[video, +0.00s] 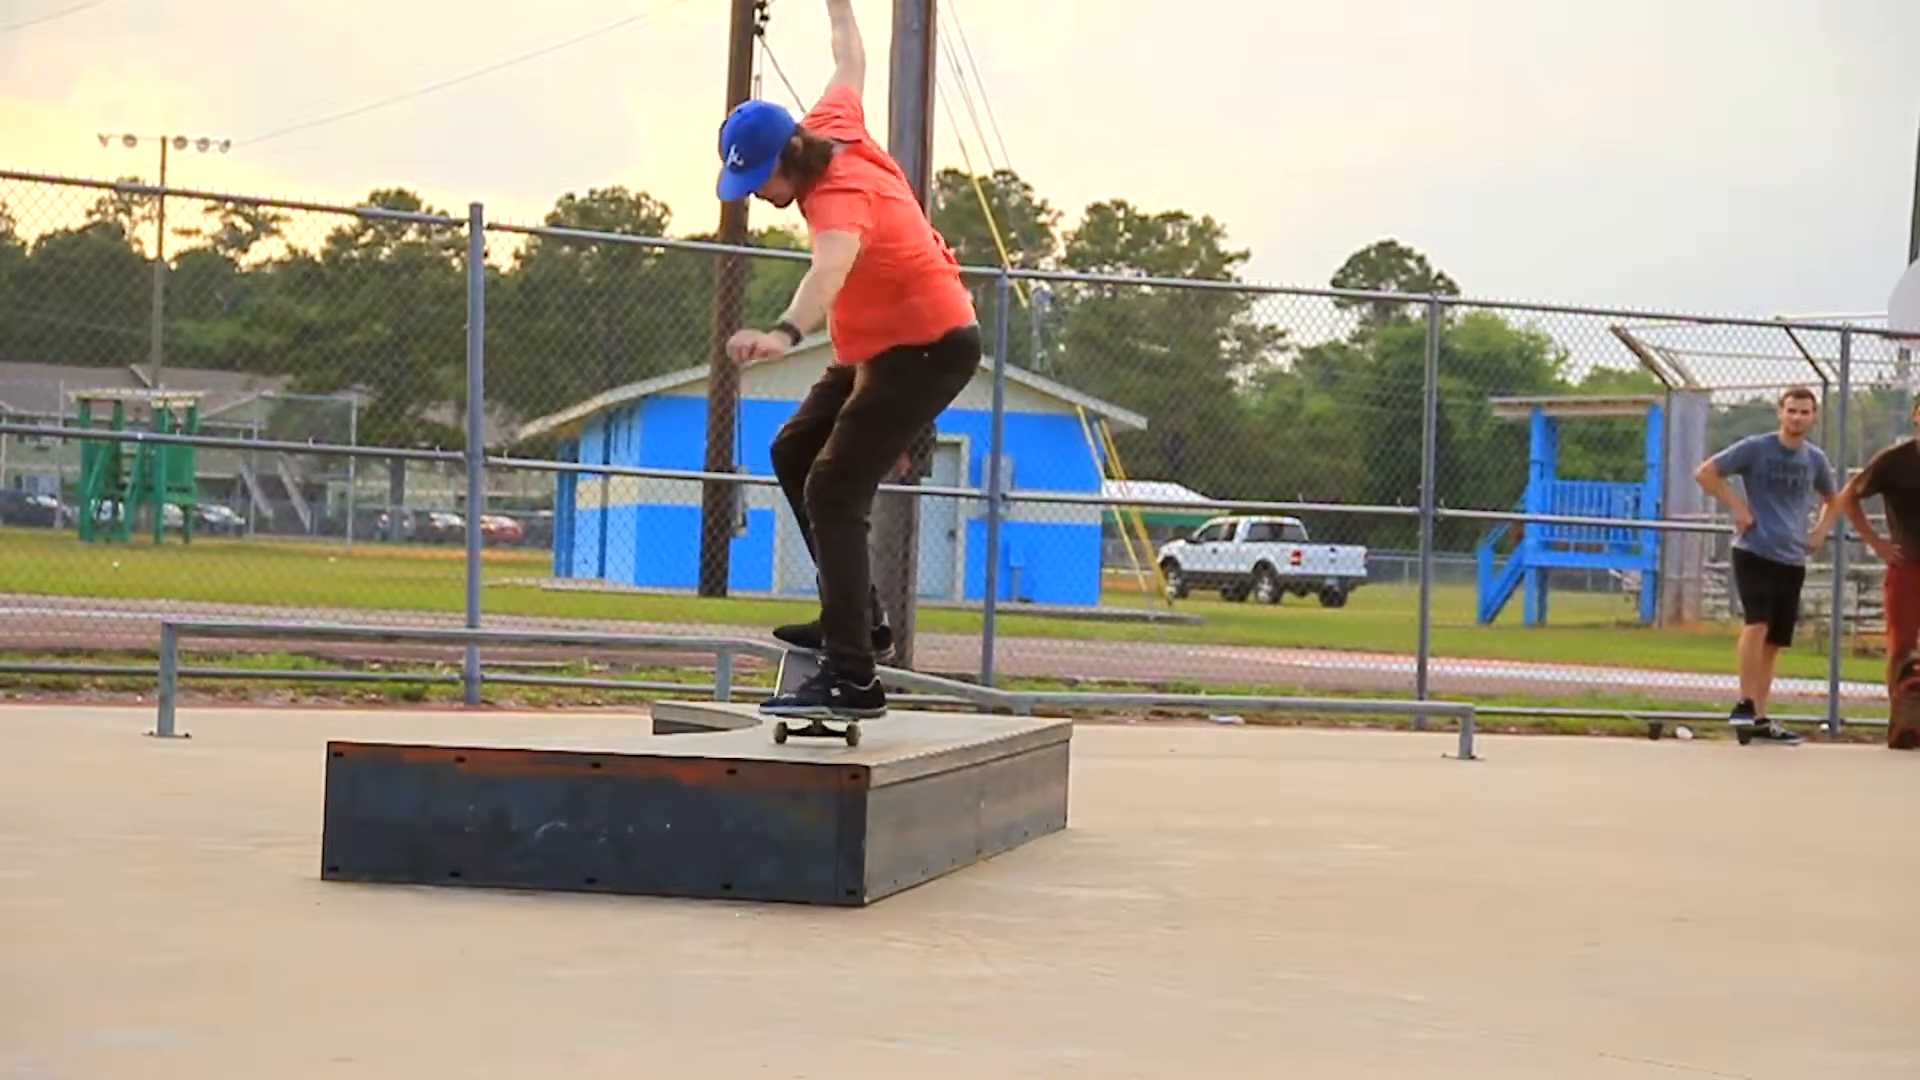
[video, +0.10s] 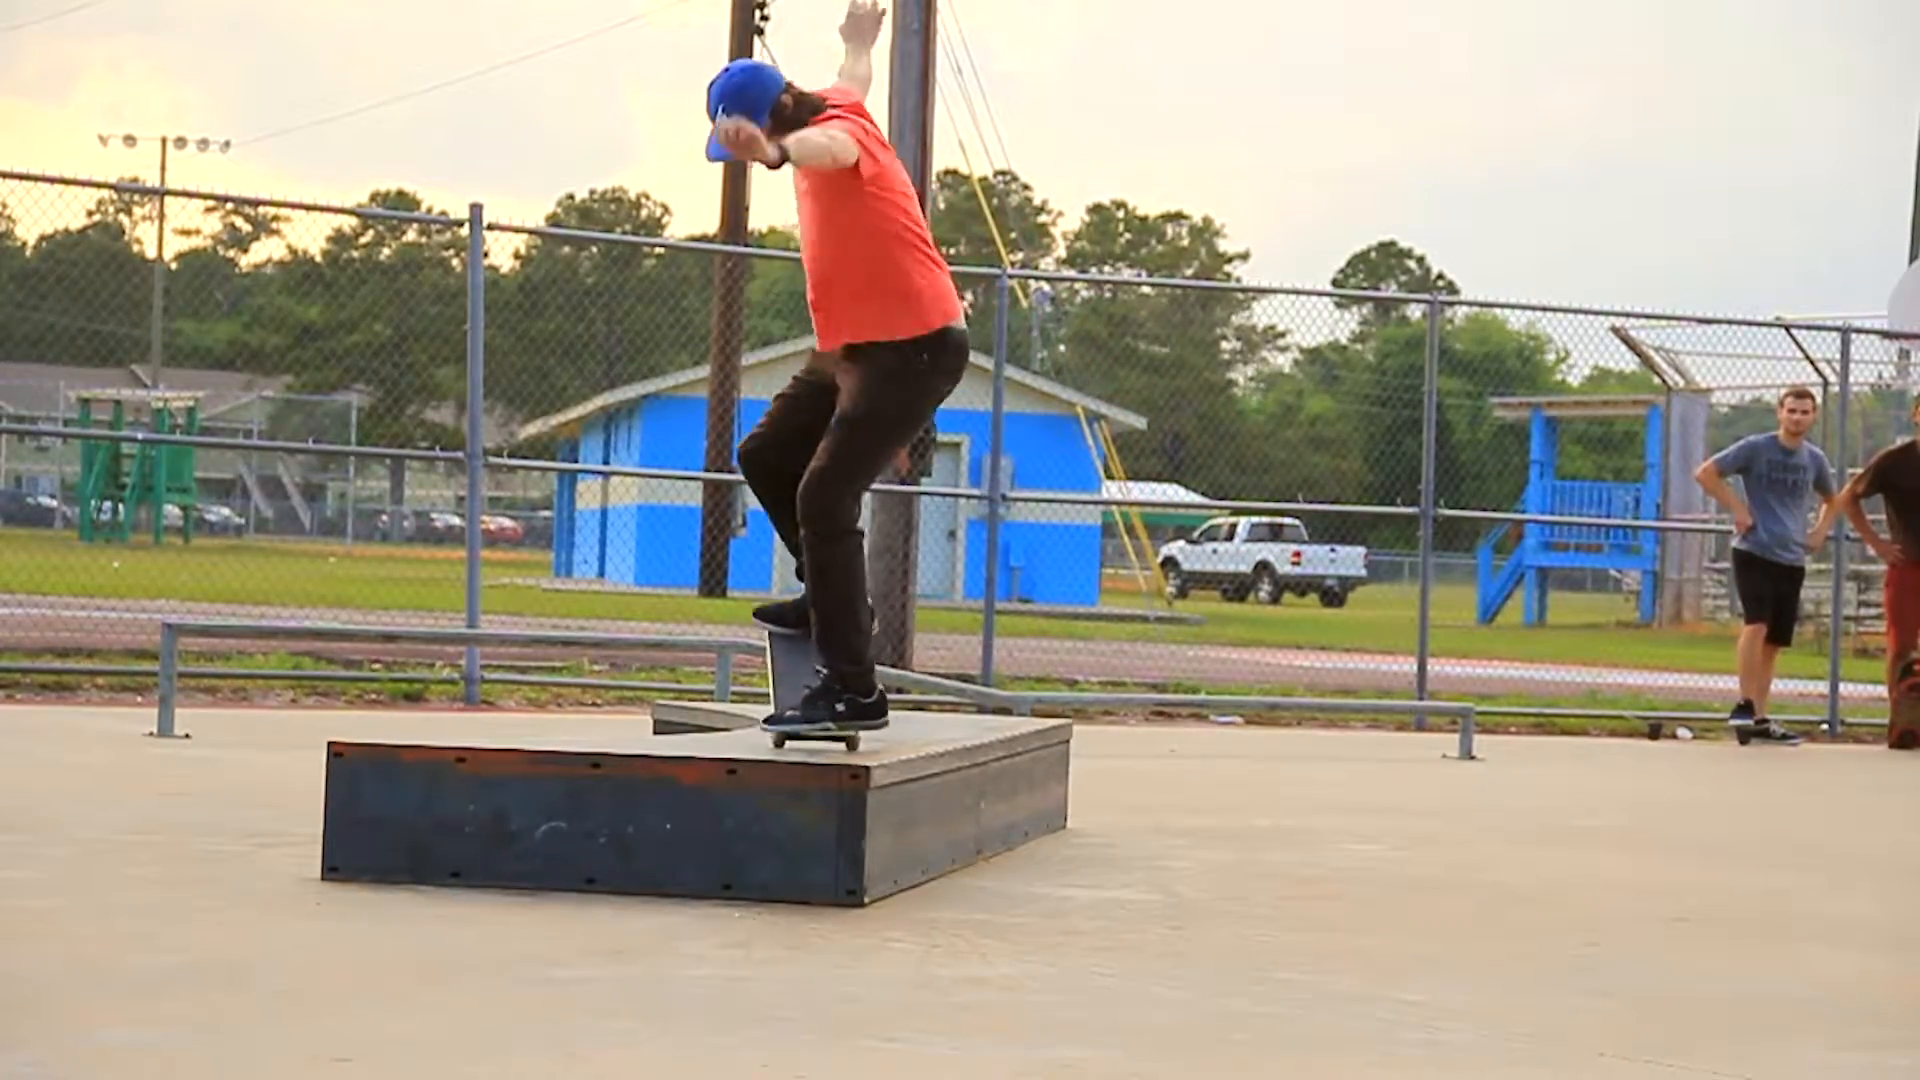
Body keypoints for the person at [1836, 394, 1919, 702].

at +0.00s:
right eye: (1919, 412)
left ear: (1914, 415)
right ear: (1915, 415)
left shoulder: (1900, 457)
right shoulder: (1900, 457)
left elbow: (1849, 497)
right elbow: (1848, 497)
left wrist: (1876, 542)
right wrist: (1876, 543)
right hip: (1907, 566)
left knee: (1904, 651)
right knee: (1902, 649)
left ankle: (1906, 729)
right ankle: (1901, 729)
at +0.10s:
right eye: (1919, 411)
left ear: (1915, 415)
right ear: (1915, 415)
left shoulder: (1901, 457)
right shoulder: (1901, 458)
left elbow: (1849, 497)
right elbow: (1848, 498)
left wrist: (1877, 544)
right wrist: (1877, 544)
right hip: (1907, 567)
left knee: (1905, 652)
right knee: (1902, 651)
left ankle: (1906, 732)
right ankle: (1903, 733)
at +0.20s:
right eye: (1919, 410)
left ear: (1914, 416)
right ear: (1915, 416)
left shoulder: (1899, 459)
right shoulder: (1898, 459)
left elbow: (1849, 498)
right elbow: (1848, 497)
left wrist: (1877, 544)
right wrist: (1877, 544)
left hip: (1909, 566)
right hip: (1906, 566)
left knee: (1904, 648)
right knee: (1903, 647)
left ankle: (1905, 726)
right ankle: (1901, 725)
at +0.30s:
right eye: (1919, 410)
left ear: (1914, 416)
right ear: (1915, 416)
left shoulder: (1900, 458)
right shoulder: (1899, 459)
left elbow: (1849, 497)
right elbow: (1849, 497)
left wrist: (1878, 544)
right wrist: (1878, 544)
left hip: (1910, 566)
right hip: (1907, 566)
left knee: (1905, 647)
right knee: (1903, 647)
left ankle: (1906, 726)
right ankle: (1903, 727)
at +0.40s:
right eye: (1918, 410)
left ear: (1914, 416)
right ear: (1914, 416)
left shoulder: (1900, 457)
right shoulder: (1900, 458)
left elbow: (1850, 497)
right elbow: (1850, 496)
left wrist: (1877, 544)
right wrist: (1877, 544)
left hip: (1909, 567)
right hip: (1906, 566)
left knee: (1904, 648)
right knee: (1903, 647)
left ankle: (1905, 726)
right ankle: (1902, 725)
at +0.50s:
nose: (1919, 416)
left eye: (1918, 410)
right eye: (1919, 411)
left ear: (1915, 417)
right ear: (1915, 417)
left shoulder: (1901, 458)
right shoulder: (1900, 458)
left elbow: (1850, 496)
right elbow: (1850, 496)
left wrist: (1877, 543)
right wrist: (1877, 543)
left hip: (1910, 569)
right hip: (1908, 566)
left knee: (1905, 648)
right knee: (1903, 648)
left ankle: (1905, 726)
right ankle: (1901, 726)